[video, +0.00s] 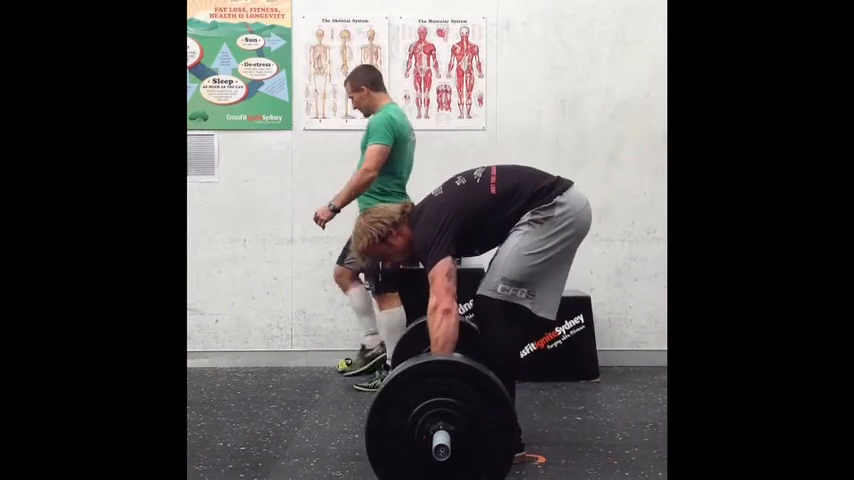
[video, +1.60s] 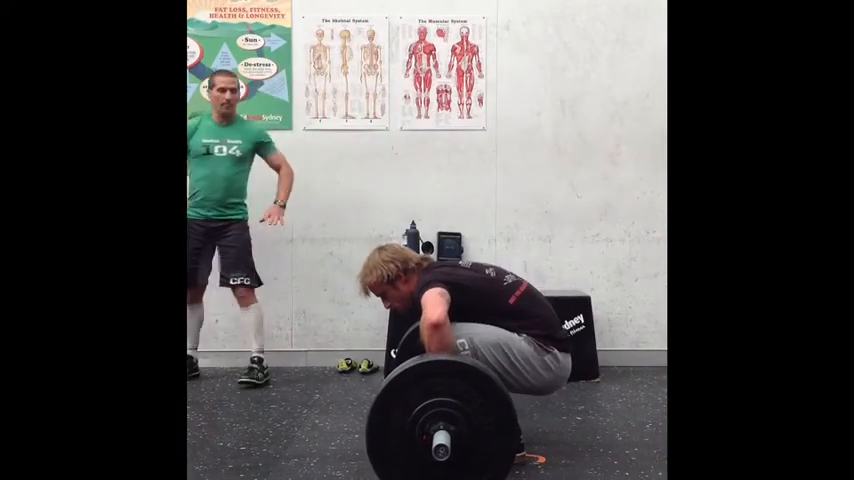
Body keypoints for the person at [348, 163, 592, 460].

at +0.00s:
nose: (392, 263)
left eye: (385, 257)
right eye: (384, 260)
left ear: (395, 234)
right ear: (395, 228)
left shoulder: (430, 226)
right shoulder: (428, 221)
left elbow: (443, 307)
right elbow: (442, 301)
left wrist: (436, 382)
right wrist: (437, 374)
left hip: (554, 209)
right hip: (555, 206)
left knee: (491, 311)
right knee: (493, 311)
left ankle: (499, 433)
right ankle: (497, 429)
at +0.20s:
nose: (387, 270)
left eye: (381, 262)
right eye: (380, 266)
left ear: (392, 240)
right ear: (394, 235)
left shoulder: (431, 233)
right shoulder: (427, 230)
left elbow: (444, 309)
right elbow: (434, 307)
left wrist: (435, 386)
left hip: (555, 230)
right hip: (553, 228)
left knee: (471, 316)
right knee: (471, 314)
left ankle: (502, 438)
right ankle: (496, 433)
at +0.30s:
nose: (382, 275)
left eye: (377, 267)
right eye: (376, 270)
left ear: (391, 246)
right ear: (393, 243)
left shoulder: (430, 242)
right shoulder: (426, 237)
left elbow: (441, 313)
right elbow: (433, 312)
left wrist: (437, 387)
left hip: (554, 252)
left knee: (463, 320)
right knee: (463, 322)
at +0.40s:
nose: (381, 284)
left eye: (377, 276)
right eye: (375, 279)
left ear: (391, 256)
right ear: (392, 252)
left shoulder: (429, 253)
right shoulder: (427, 246)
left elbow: (440, 315)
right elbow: (441, 313)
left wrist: (436, 388)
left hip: (553, 276)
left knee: (457, 323)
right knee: (452, 328)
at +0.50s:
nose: (381, 294)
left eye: (377, 286)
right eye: (375, 289)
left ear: (391, 267)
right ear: (393, 263)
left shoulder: (428, 262)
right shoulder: (427, 257)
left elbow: (439, 316)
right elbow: (441, 317)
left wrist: (438, 388)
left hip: (550, 303)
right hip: (547, 299)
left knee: (448, 332)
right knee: (442, 331)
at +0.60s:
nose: (380, 305)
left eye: (376, 296)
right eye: (374, 299)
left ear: (391, 276)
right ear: (394, 273)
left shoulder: (428, 273)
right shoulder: (432, 266)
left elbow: (436, 319)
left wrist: (438, 388)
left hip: (546, 328)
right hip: (544, 324)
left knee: (446, 334)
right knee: (436, 333)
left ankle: (495, 436)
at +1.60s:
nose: (387, 305)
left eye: (384, 296)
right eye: (381, 299)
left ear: (401, 279)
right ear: (403, 276)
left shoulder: (431, 278)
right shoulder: (440, 270)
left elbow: (435, 320)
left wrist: (440, 388)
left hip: (546, 357)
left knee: (444, 340)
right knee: (442, 339)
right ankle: (504, 437)